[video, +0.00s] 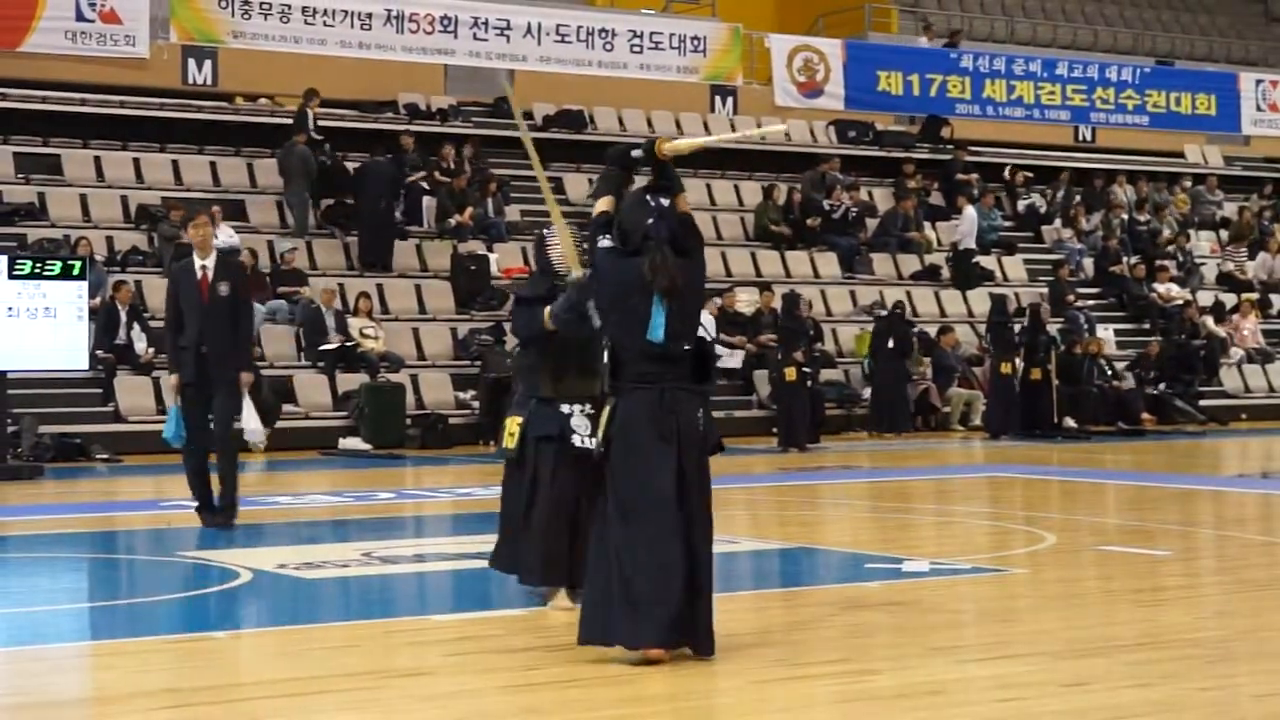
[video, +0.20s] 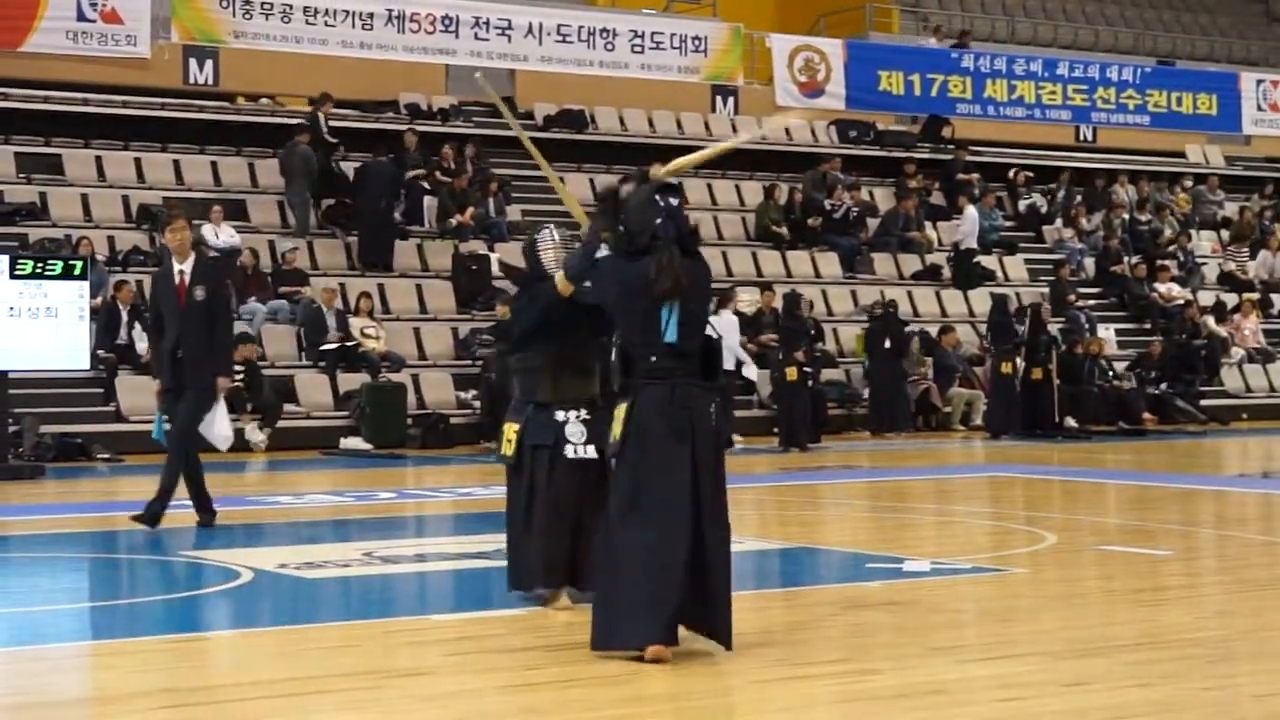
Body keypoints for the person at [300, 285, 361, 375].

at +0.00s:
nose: (329, 297)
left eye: (332, 295)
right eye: (326, 294)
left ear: (335, 297)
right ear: (321, 296)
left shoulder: (339, 314)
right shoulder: (311, 312)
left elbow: (346, 335)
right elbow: (309, 339)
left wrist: (341, 339)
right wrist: (327, 340)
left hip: (339, 345)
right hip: (319, 346)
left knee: (351, 352)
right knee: (331, 354)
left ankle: (353, 383)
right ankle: (332, 386)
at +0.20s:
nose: (330, 299)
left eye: (332, 296)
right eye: (327, 296)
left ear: (335, 298)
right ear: (322, 297)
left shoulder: (340, 313)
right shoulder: (312, 312)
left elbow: (347, 335)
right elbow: (310, 338)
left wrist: (340, 337)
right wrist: (326, 338)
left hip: (340, 345)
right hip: (321, 346)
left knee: (352, 352)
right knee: (332, 353)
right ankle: (333, 387)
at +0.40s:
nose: (329, 296)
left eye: (332, 293)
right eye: (326, 292)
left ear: (336, 295)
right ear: (321, 294)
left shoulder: (342, 313)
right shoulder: (313, 313)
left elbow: (348, 334)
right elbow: (310, 338)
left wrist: (340, 337)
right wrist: (325, 338)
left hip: (341, 345)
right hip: (321, 346)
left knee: (354, 351)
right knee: (333, 353)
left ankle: (353, 384)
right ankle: (332, 386)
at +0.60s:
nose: (329, 296)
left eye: (332, 292)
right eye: (326, 292)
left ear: (337, 296)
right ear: (321, 294)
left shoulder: (343, 312)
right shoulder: (314, 312)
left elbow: (349, 334)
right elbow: (312, 339)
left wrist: (341, 338)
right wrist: (327, 340)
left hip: (342, 344)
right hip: (323, 346)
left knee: (355, 353)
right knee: (334, 354)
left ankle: (354, 383)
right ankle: (335, 385)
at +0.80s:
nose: (331, 295)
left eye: (334, 291)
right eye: (327, 291)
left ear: (338, 294)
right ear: (322, 293)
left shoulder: (344, 311)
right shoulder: (315, 312)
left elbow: (351, 333)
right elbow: (313, 340)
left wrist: (342, 338)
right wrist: (328, 340)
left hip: (343, 344)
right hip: (323, 347)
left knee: (356, 352)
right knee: (335, 353)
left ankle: (354, 383)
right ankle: (337, 386)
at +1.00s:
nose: (331, 294)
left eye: (334, 291)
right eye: (328, 291)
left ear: (339, 294)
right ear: (323, 294)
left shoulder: (345, 311)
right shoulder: (315, 311)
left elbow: (351, 334)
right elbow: (314, 339)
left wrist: (343, 338)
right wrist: (329, 339)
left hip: (344, 344)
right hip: (323, 346)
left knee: (356, 348)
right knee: (338, 350)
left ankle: (357, 381)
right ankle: (334, 383)